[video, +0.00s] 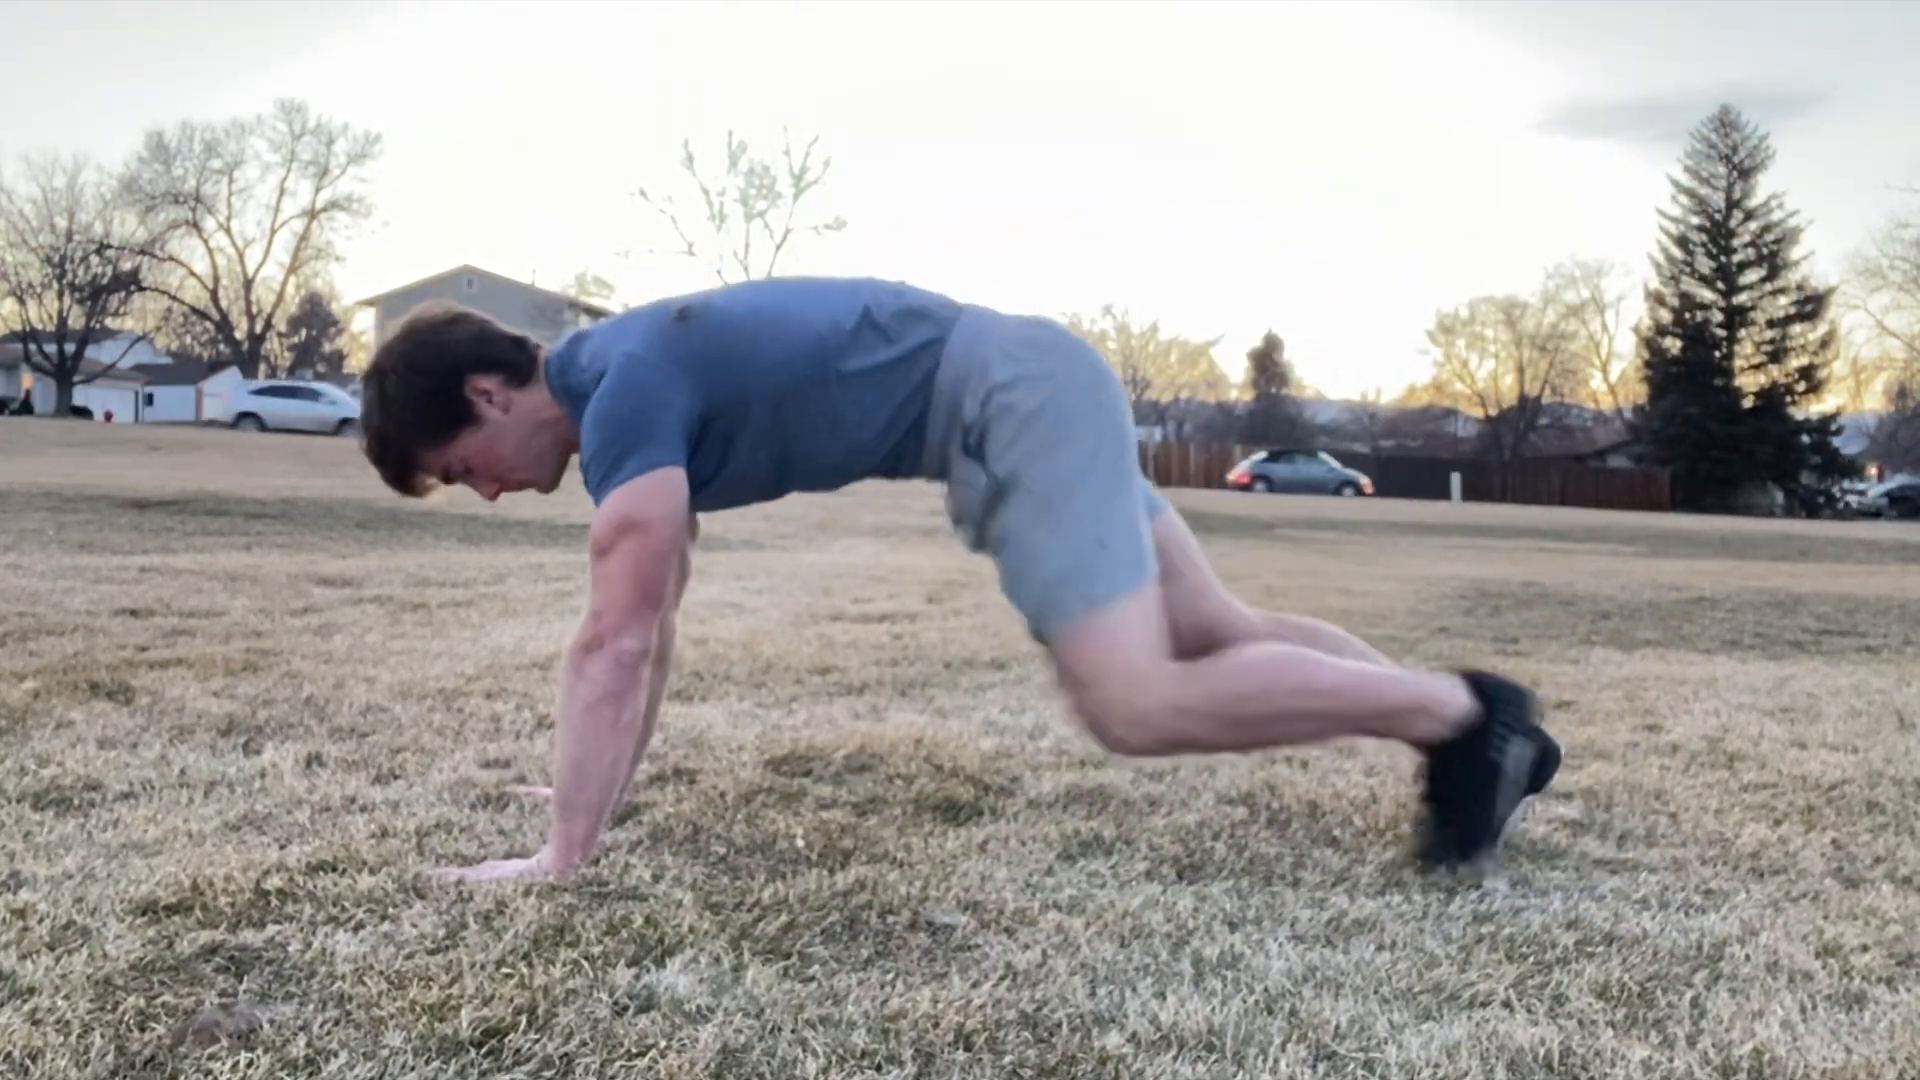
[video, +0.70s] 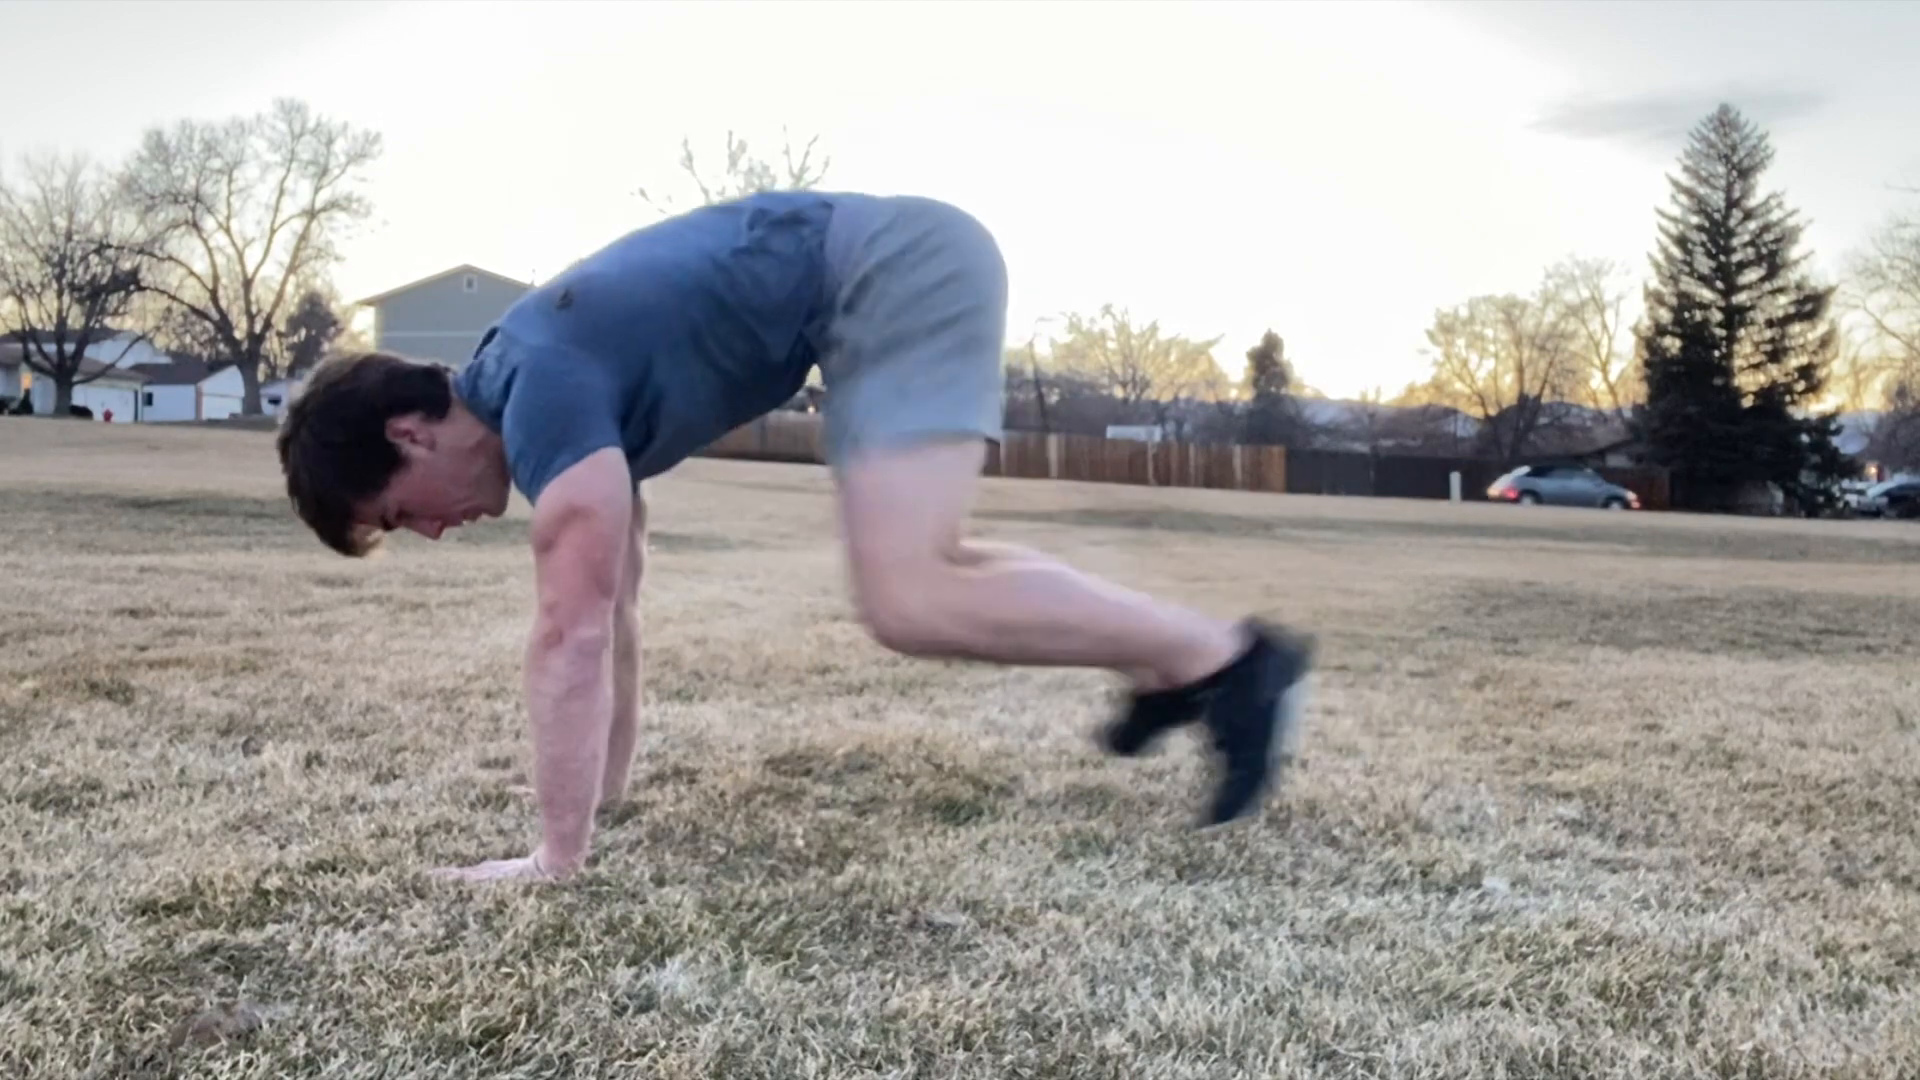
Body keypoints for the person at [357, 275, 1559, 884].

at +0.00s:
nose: (483, 493)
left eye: (462, 470)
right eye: (460, 484)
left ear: (491, 400)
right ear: (499, 394)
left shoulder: (627, 378)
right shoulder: (625, 390)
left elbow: (617, 637)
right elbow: (643, 640)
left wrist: (560, 853)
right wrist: (589, 823)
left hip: (1010, 389)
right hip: (1018, 388)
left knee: (1136, 707)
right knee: (1214, 636)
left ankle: (1456, 718)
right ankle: (1466, 713)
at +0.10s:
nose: (492, 497)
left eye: (472, 475)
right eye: (469, 488)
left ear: (503, 401)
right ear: (508, 403)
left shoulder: (638, 372)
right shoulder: (627, 394)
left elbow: (617, 633)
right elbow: (641, 633)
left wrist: (562, 851)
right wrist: (588, 805)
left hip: (1008, 344)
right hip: (1007, 380)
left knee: (939, 590)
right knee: (1234, 614)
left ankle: (1249, 709)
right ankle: (1489, 737)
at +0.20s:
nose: (501, 493)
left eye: (480, 470)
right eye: (478, 485)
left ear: (508, 397)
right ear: (512, 400)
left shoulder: (639, 361)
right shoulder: (632, 394)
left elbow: (618, 634)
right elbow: (637, 634)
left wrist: (563, 853)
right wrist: (577, 806)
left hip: (1014, 359)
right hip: (996, 432)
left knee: (784, 424)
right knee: (1225, 618)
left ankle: (931, 750)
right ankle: (1490, 735)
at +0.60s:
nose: (430, 531)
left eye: (404, 512)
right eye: (403, 525)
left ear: (419, 434)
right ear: (426, 423)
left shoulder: (565, 371)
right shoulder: (550, 384)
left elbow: (582, 633)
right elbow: (598, 618)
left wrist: (557, 851)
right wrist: (602, 788)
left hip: (920, 291)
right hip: (921, 332)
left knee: (767, 488)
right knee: (1077, 580)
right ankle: (1349, 669)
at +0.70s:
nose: (431, 532)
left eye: (405, 515)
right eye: (407, 527)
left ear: (411, 438)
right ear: (420, 419)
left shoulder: (542, 370)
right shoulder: (545, 375)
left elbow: (573, 628)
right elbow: (610, 602)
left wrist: (556, 850)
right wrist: (614, 780)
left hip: (896, 263)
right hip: (883, 275)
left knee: (906, 601)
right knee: (920, 572)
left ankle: (1227, 661)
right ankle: (1180, 656)